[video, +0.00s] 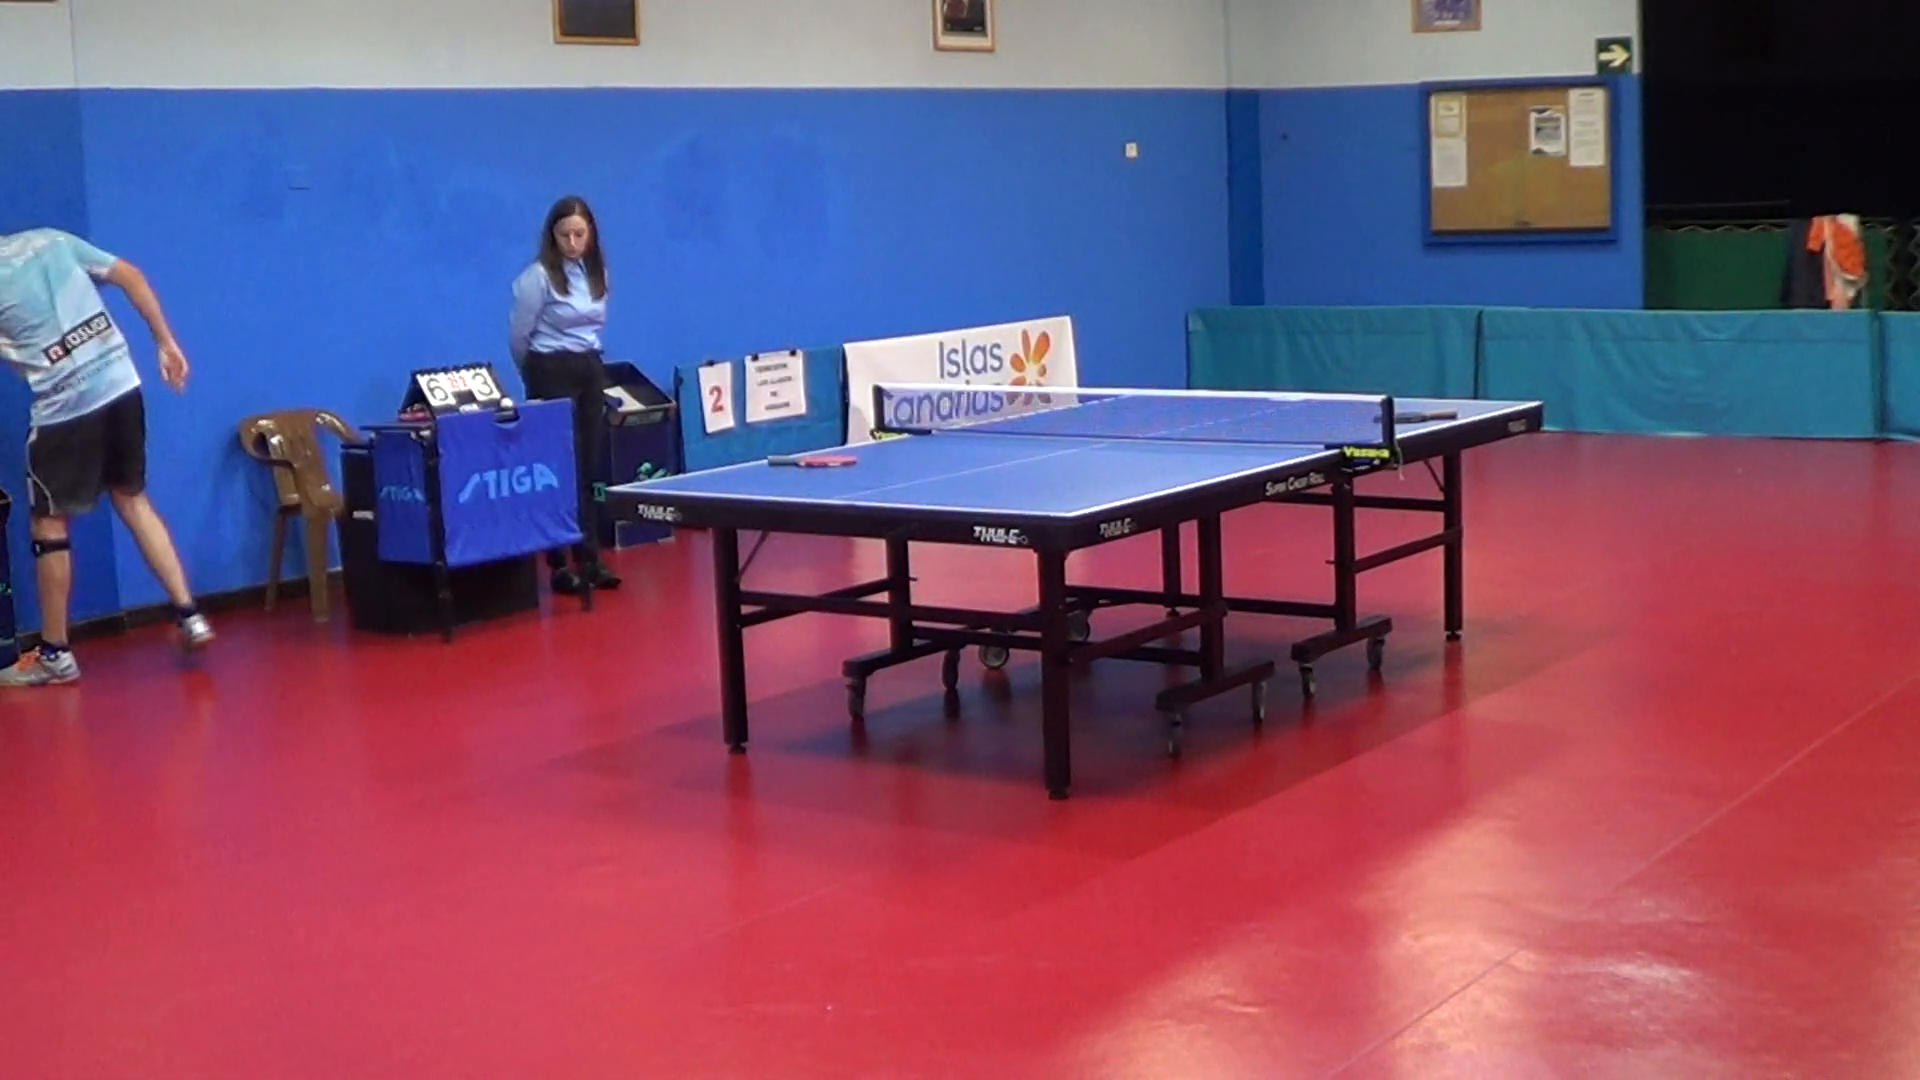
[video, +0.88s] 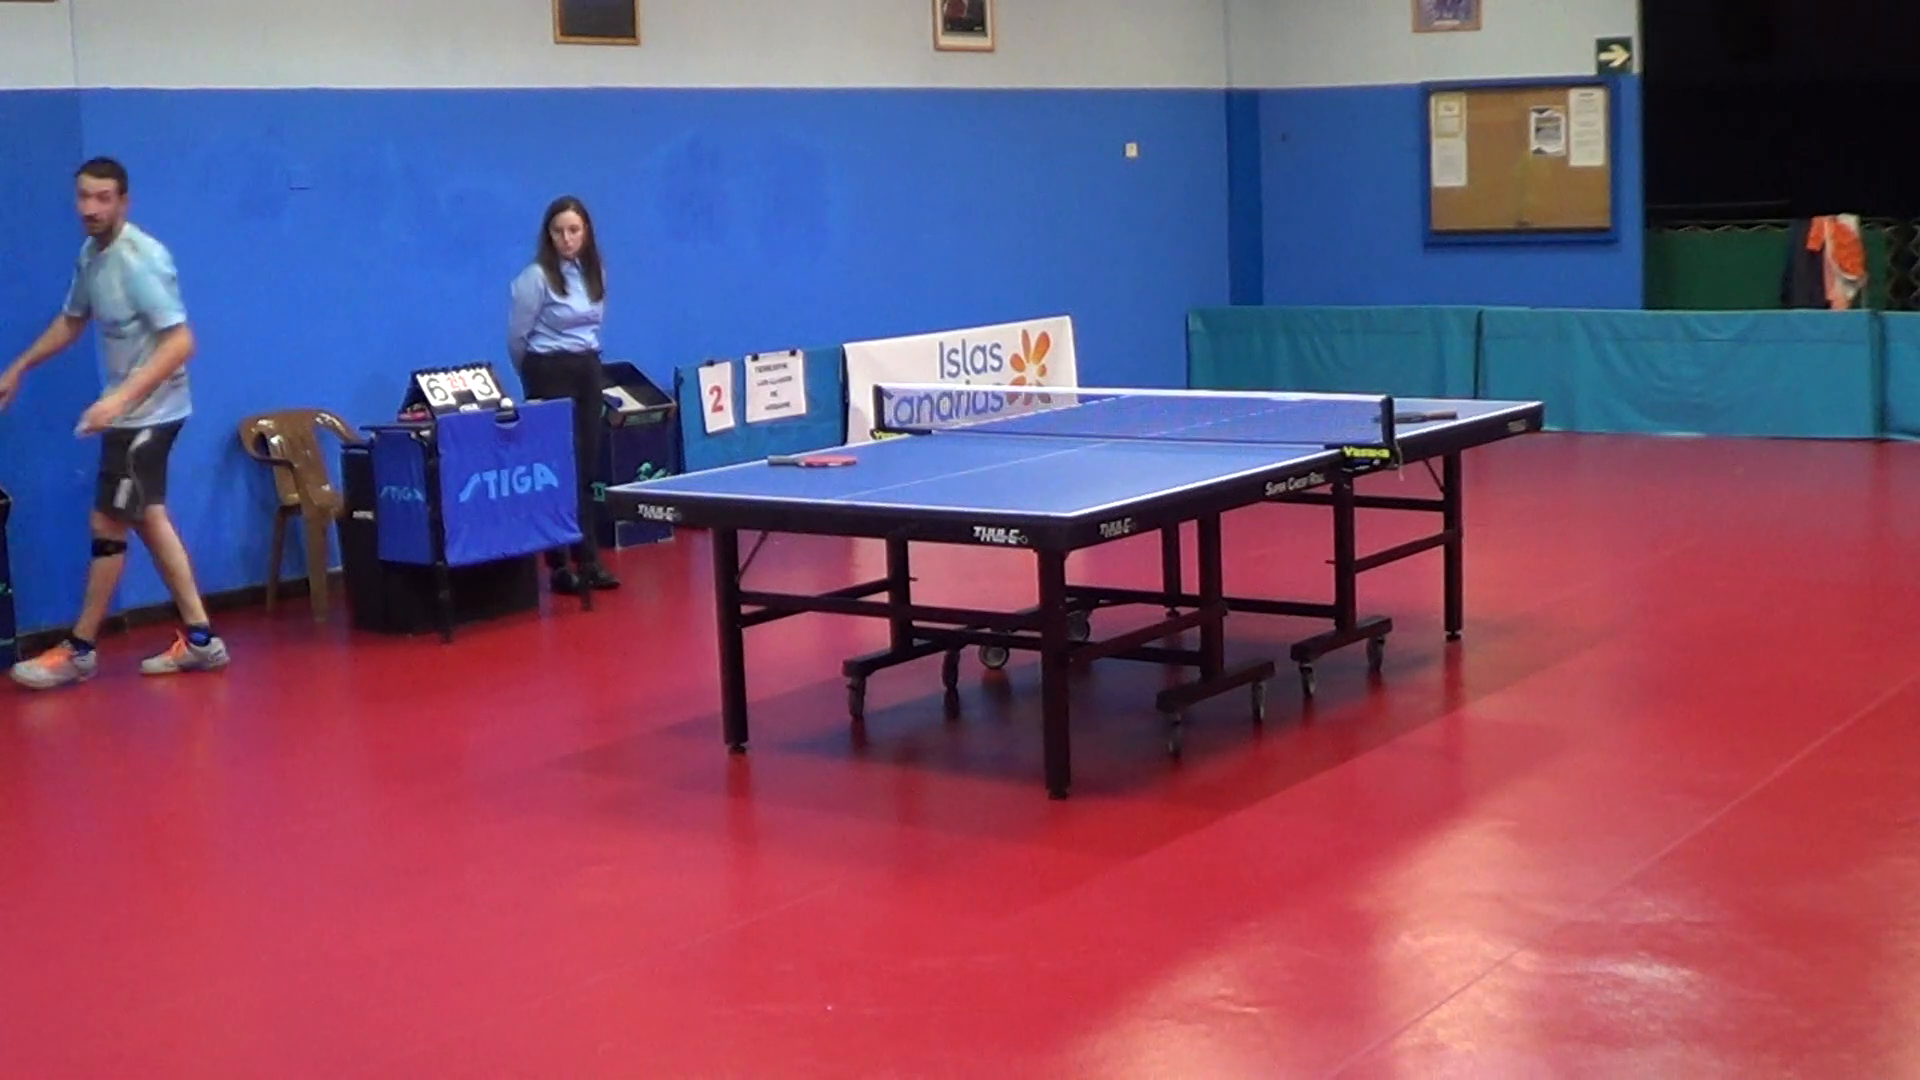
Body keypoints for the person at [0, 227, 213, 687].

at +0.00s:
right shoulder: (49, 240)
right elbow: (129, 274)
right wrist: (167, 341)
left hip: (64, 409)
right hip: (123, 388)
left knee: (49, 524)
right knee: (131, 495)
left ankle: (54, 651)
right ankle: (190, 614)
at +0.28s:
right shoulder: (20, 241)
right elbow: (101, 258)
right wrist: (148, 315)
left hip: (55, 403)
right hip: (109, 377)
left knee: (52, 525)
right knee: (107, 500)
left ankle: (54, 651)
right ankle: (125, 626)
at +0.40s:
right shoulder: (27, 239)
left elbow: (13, 367)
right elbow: (109, 258)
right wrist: (147, 315)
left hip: (59, 407)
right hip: (111, 382)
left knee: (56, 526)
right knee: (97, 502)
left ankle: (54, 651)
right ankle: (137, 618)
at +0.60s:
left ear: (0, 224)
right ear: (15, 217)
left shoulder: (17, 288)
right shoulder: (62, 236)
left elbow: (32, 384)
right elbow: (120, 275)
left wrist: (6, 432)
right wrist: (108, 332)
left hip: (81, 411)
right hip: (121, 395)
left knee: (61, 526)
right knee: (95, 512)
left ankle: (55, 651)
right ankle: (178, 612)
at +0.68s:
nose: (4, 230)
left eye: (13, 219)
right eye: (2, 220)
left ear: (43, 217)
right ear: (42, 218)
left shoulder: (53, 281)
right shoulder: (83, 241)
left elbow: (70, 374)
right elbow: (114, 327)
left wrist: (20, 428)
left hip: (94, 417)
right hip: (127, 406)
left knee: (70, 528)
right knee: (113, 516)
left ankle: (56, 650)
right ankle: (190, 624)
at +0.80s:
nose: (59, 215)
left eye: (70, 206)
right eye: (53, 206)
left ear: (96, 208)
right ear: (50, 208)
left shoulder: (110, 263)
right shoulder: (87, 253)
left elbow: (142, 351)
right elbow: (78, 322)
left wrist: (77, 409)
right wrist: (34, 362)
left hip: (129, 416)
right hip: (116, 413)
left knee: (90, 528)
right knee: (140, 519)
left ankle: (59, 650)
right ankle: (199, 636)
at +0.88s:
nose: (90, 206)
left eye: (102, 197)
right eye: (84, 196)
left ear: (123, 202)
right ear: (77, 200)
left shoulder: (142, 257)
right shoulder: (92, 253)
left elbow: (181, 342)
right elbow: (70, 323)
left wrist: (121, 399)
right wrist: (16, 371)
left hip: (154, 411)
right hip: (124, 412)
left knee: (107, 523)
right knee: (151, 516)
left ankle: (81, 648)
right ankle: (201, 637)